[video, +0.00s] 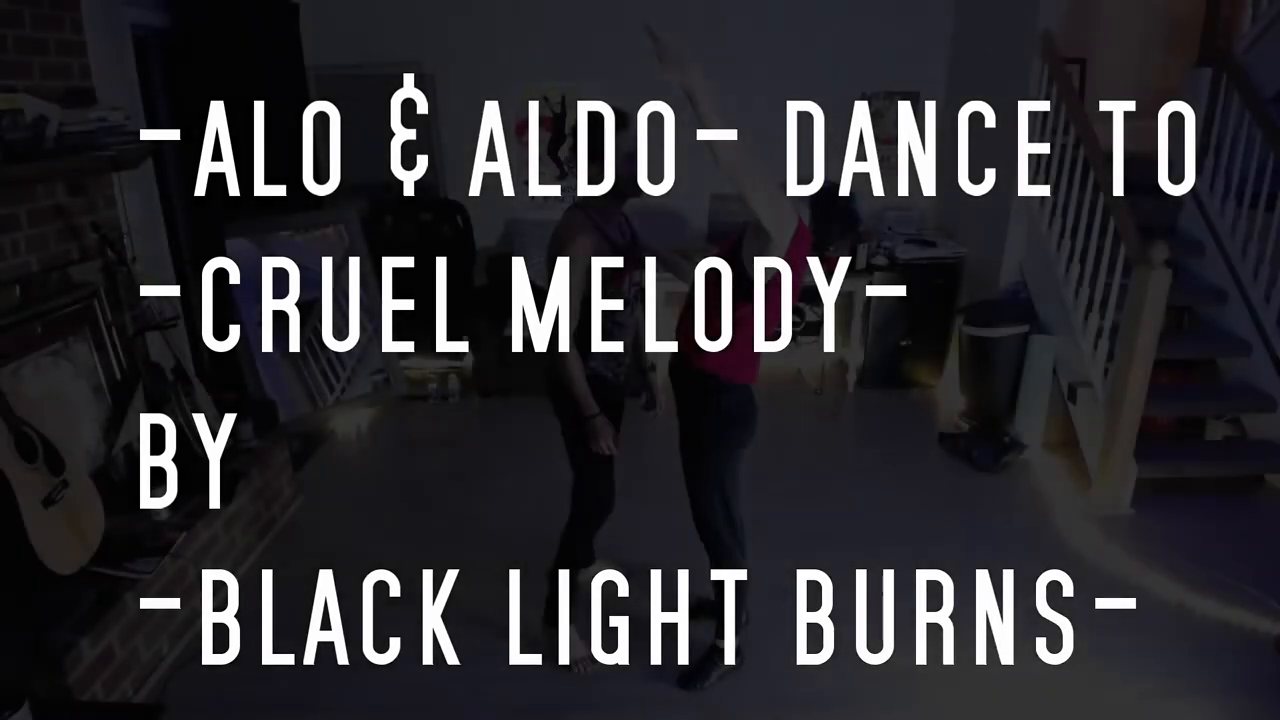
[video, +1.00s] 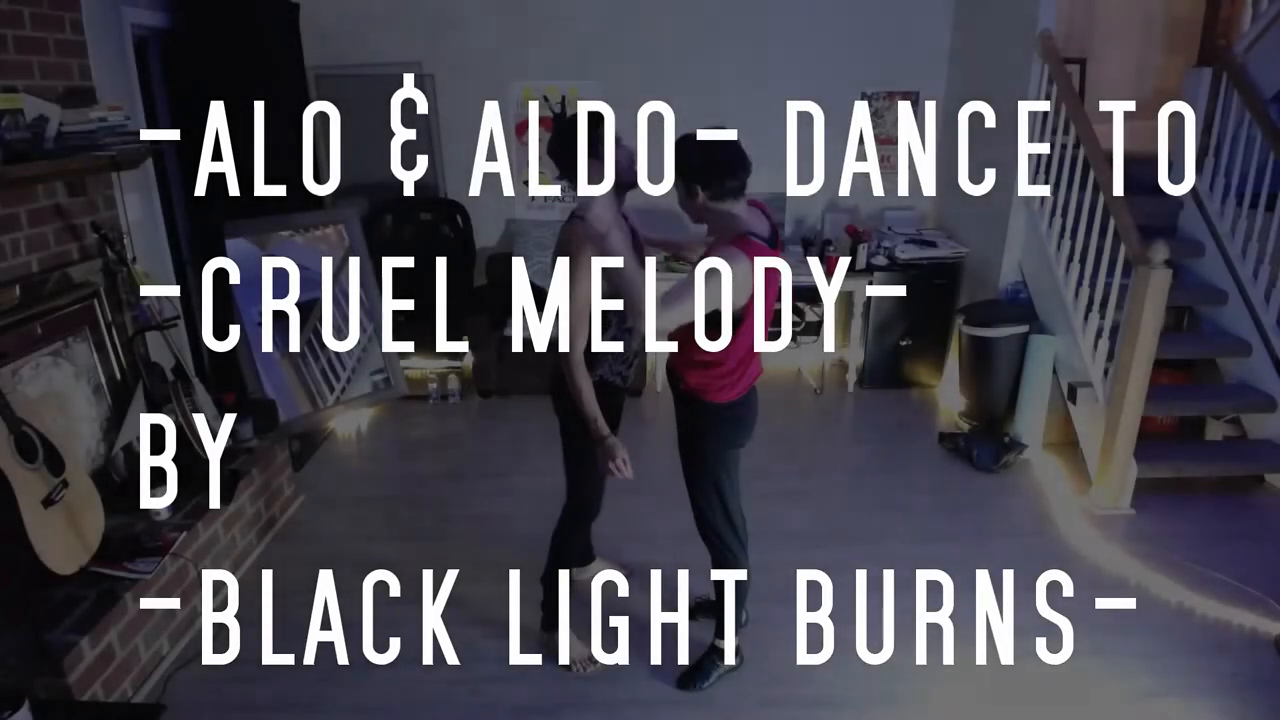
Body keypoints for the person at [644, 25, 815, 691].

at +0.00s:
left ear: (809, 214)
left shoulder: (782, 242)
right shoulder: (767, 245)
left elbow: (730, 157)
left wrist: (692, 84)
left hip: (720, 394)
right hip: (710, 390)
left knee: (713, 512)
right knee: (717, 511)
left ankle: (727, 638)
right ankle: (726, 629)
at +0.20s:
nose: (724, 211)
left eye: (732, 206)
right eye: (722, 208)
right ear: (735, 230)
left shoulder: (761, 258)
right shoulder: (729, 263)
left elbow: (716, 146)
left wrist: (672, 60)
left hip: (714, 398)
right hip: (711, 395)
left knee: (710, 512)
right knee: (712, 508)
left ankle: (728, 636)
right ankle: (726, 621)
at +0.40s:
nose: (719, 182)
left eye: (728, 177)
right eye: (720, 175)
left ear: (749, 192)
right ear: (767, 203)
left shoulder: (748, 240)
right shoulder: (748, 243)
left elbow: (704, 141)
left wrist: (664, 50)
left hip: (710, 400)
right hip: (711, 397)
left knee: (711, 517)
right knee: (715, 512)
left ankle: (725, 640)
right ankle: (727, 618)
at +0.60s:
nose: (748, 175)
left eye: (759, 177)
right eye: (756, 171)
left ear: (765, 202)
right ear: (771, 203)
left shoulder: (738, 253)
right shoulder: (750, 240)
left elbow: (668, 219)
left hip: (709, 405)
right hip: (712, 397)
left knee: (716, 520)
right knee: (716, 513)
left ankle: (729, 642)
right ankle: (729, 623)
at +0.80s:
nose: (701, 189)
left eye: (708, 183)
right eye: (705, 181)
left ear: (720, 190)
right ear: (757, 190)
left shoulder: (735, 260)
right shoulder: (748, 244)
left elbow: (653, 272)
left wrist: (635, 191)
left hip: (712, 408)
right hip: (717, 400)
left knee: (717, 519)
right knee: (718, 509)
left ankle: (727, 643)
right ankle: (727, 602)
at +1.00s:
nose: (680, 197)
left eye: (682, 187)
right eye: (681, 187)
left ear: (696, 192)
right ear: (737, 182)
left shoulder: (728, 262)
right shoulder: (751, 225)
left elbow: (655, 321)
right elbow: (689, 242)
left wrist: (616, 266)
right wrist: (636, 236)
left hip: (714, 408)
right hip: (725, 396)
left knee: (719, 521)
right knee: (719, 508)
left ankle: (727, 644)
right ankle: (731, 601)